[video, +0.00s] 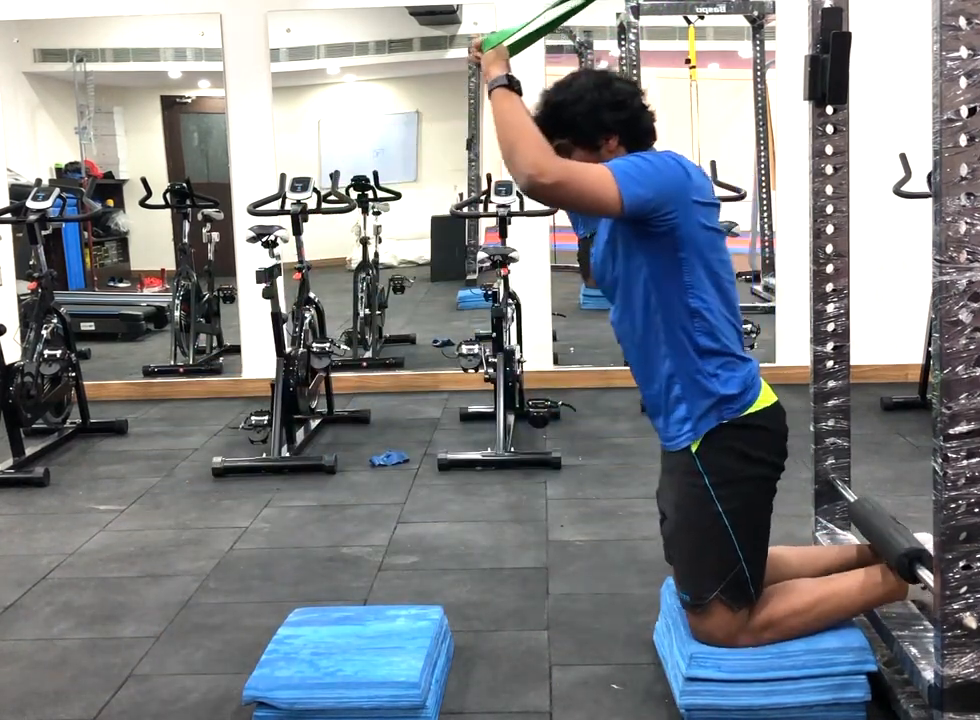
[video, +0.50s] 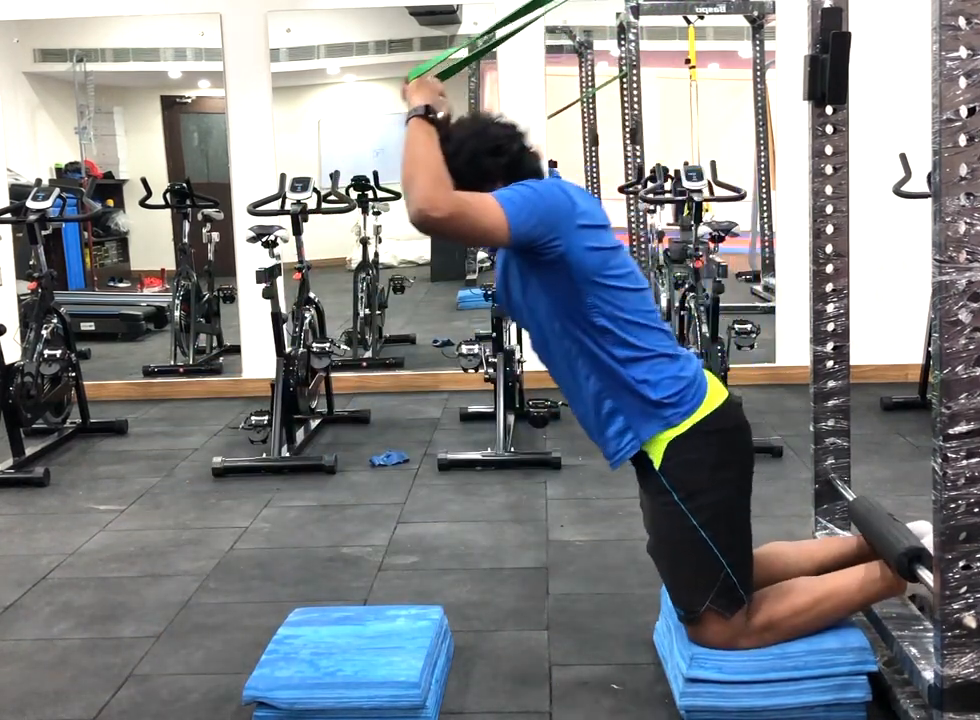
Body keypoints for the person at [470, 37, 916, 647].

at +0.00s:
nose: (565, 165)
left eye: (572, 152)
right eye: (559, 154)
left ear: (608, 142)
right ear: (604, 150)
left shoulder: (666, 177)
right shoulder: (630, 198)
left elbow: (541, 174)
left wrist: (497, 79)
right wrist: (502, 88)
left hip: (725, 429)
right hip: (693, 429)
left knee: (723, 622)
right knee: (709, 578)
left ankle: (909, 578)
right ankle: (869, 553)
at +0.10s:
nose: (547, 176)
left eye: (548, 161)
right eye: (541, 163)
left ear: (582, 145)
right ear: (591, 146)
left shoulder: (644, 180)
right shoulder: (620, 197)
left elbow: (520, 181)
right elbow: (525, 190)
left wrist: (482, 85)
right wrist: (487, 92)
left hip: (718, 432)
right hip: (689, 432)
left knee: (721, 623)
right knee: (709, 578)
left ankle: (903, 579)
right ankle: (867, 548)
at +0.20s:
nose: (525, 179)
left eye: (527, 166)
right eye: (521, 166)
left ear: (560, 152)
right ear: (574, 149)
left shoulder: (623, 183)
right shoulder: (605, 199)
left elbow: (499, 186)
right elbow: (507, 192)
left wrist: (466, 91)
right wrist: (475, 98)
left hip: (710, 432)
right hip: (685, 432)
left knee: (720, 624)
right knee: (716, 577)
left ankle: (907, 576)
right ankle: (866, 549)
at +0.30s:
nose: (504, 188)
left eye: (507, 172)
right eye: (499, 173)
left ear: (544, 161)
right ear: (553, 157)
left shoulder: (601, 187)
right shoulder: (584, 201)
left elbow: (472, 190)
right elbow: (480, 192)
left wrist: (448, 96)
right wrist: (459, 102)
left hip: (703, 433)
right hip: (677, 433)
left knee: (721, 626)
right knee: (713, 579)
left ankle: (902, 576)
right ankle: (866, 547)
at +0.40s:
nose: (479, 198)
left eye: (483, 182)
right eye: (475, 182)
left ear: (516, 170)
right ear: (532, 160)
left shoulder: (575, 195)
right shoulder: (556, 218)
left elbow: (453, 197)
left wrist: (435, 104)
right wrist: (446, 113)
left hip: (696, 433)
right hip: (670, 436)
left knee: (722, 626)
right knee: (716, 578)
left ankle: (901, 574)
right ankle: (870, 546)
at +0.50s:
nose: (457, 205)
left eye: (458, 193)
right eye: (450, 193)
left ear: (484, 185)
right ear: (510, 159)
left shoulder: (550, 203)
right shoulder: (538, 216)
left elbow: (433, 207)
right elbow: (443, 206)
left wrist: (419, 115)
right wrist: (430, 120)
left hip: (687, 435)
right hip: (670, 433)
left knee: (723, 627)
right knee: (715, 580)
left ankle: (901, 576)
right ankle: (871, 542)